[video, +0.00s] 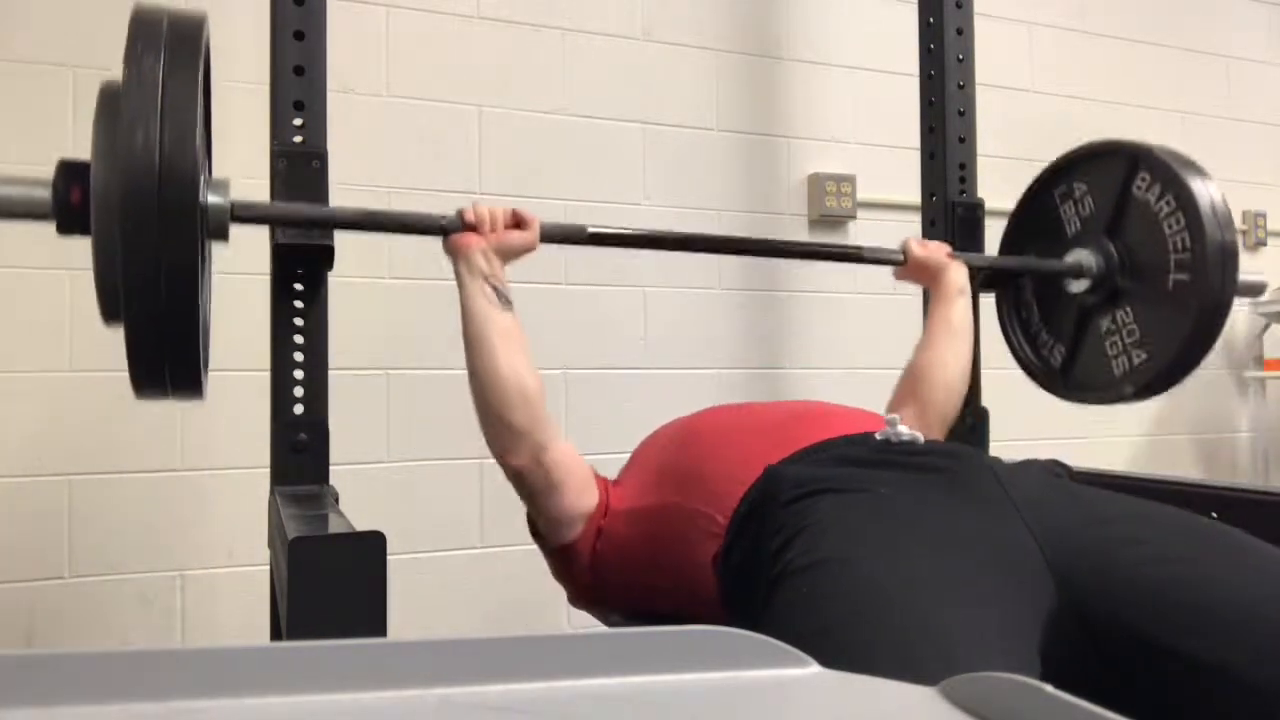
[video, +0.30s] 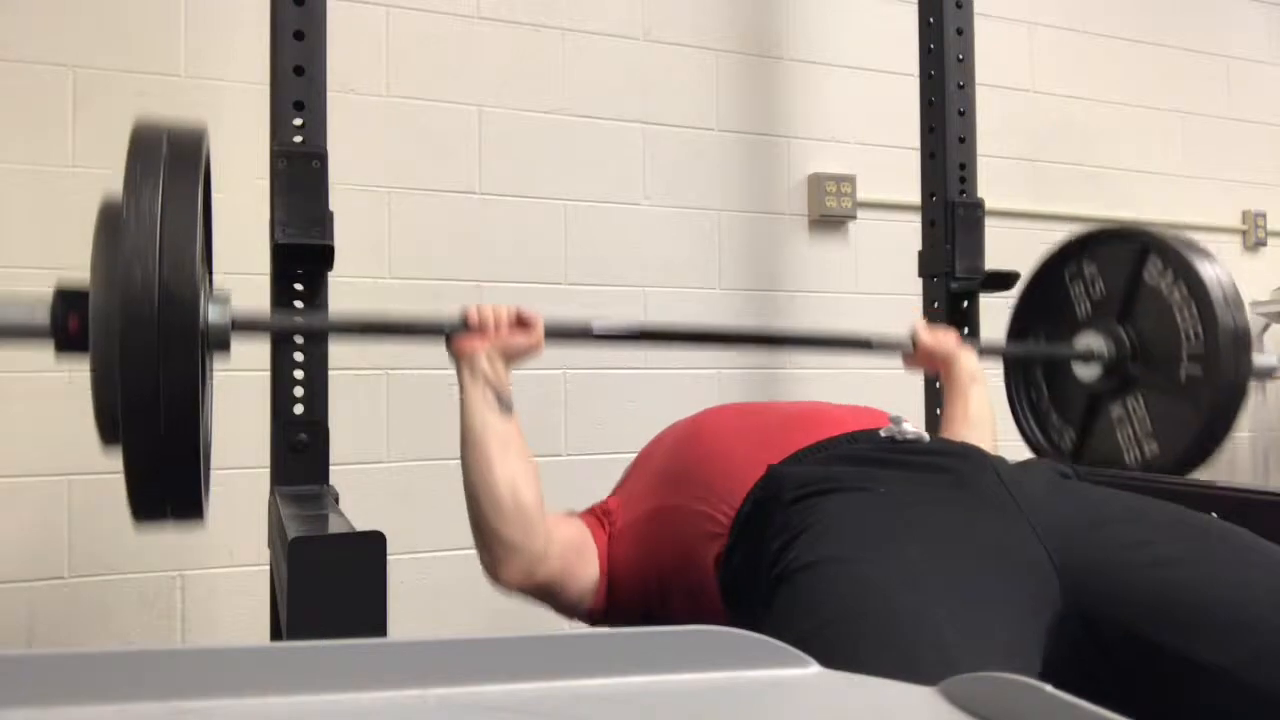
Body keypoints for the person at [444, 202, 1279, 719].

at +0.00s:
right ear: (617, 496)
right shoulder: (606, 529)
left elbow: (922, 418)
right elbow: (523, 432)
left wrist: (950, 288)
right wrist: (478, 273)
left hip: (1013, 479)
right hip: (837, 502)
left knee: (1275, 611)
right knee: (944, 692)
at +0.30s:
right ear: (654, 494)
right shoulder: (625, 537)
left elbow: (990, 483)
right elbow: (519, 550)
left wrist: (965, 371)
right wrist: (481, 381)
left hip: (1028, 485)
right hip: (850, 509)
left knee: (1274, 622)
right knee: (941, 697)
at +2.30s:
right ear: (643, 492)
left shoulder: (863, 439)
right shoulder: (617, 544)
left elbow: (965, 464)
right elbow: (516, 505)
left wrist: (966, 339)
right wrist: (485, 342)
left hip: (1043, 482)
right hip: (857, 505)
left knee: (1273, 620)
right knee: (934, 673)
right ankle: (977, 703)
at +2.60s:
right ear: (623, 490)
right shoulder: (609, 532)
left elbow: (925, 425)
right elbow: (521, 432)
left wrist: (950, 288)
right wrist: (480, 270)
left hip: (1010, 480)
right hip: (842, 498)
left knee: (1276, 614)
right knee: (928, 689)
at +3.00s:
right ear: (650, 479)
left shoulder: (874, 420)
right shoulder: (630, 521)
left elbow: (1027, 520)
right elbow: (547, 616)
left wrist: (979, 433)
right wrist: (493, 455)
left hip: (1017, 482)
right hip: (852, 499)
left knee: (1275, 608)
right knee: (935, 684)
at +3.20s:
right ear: (646, 490)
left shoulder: (857, 424)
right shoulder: (621, 535)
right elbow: (551, 631)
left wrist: (987, 453)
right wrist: (497, 488)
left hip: (1037, 487)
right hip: (859, 504)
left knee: (1275, 605)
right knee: (931, 694)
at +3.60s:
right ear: (642, 488)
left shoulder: (860, 437)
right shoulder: (614, 541)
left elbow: (965, 465)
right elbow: (515, 507)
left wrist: (959, 343)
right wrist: (481, 345)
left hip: (1048, 487)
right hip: (861, 504)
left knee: (1277, 629)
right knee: (921, 696)